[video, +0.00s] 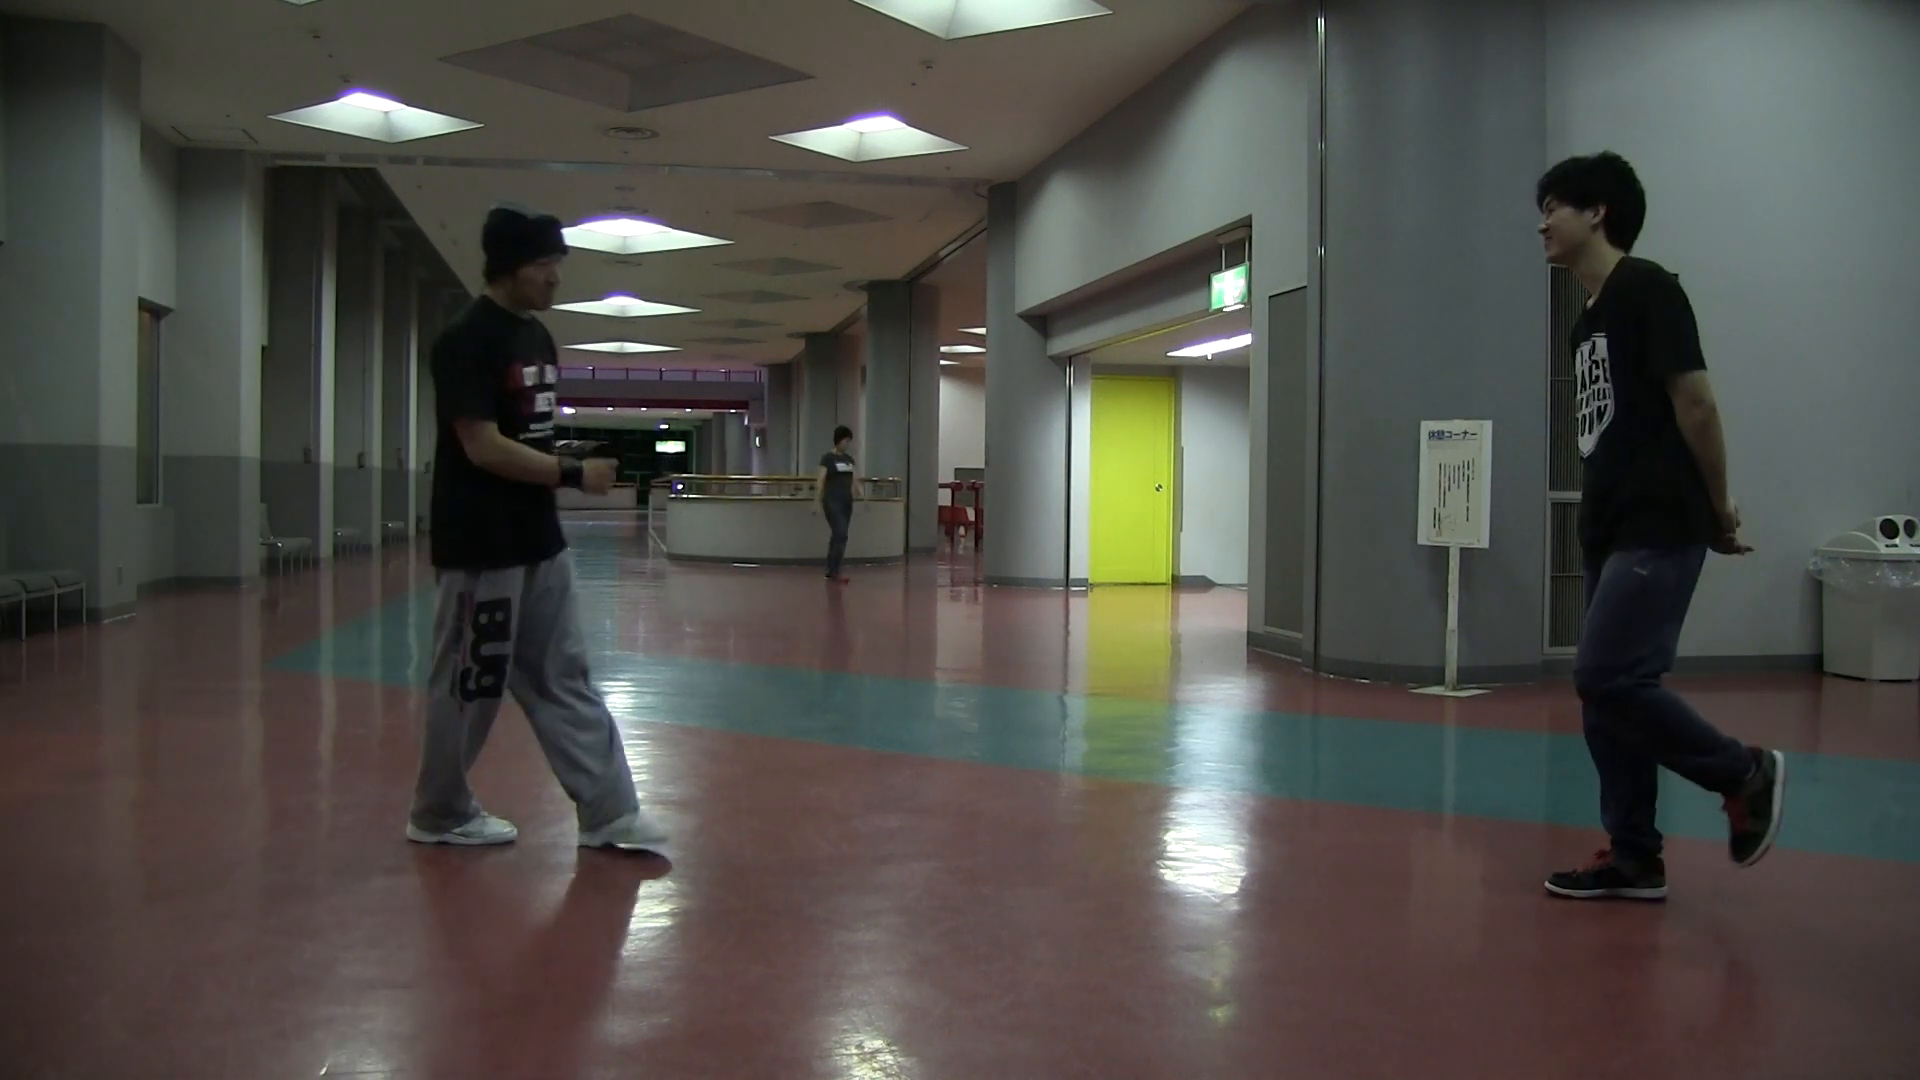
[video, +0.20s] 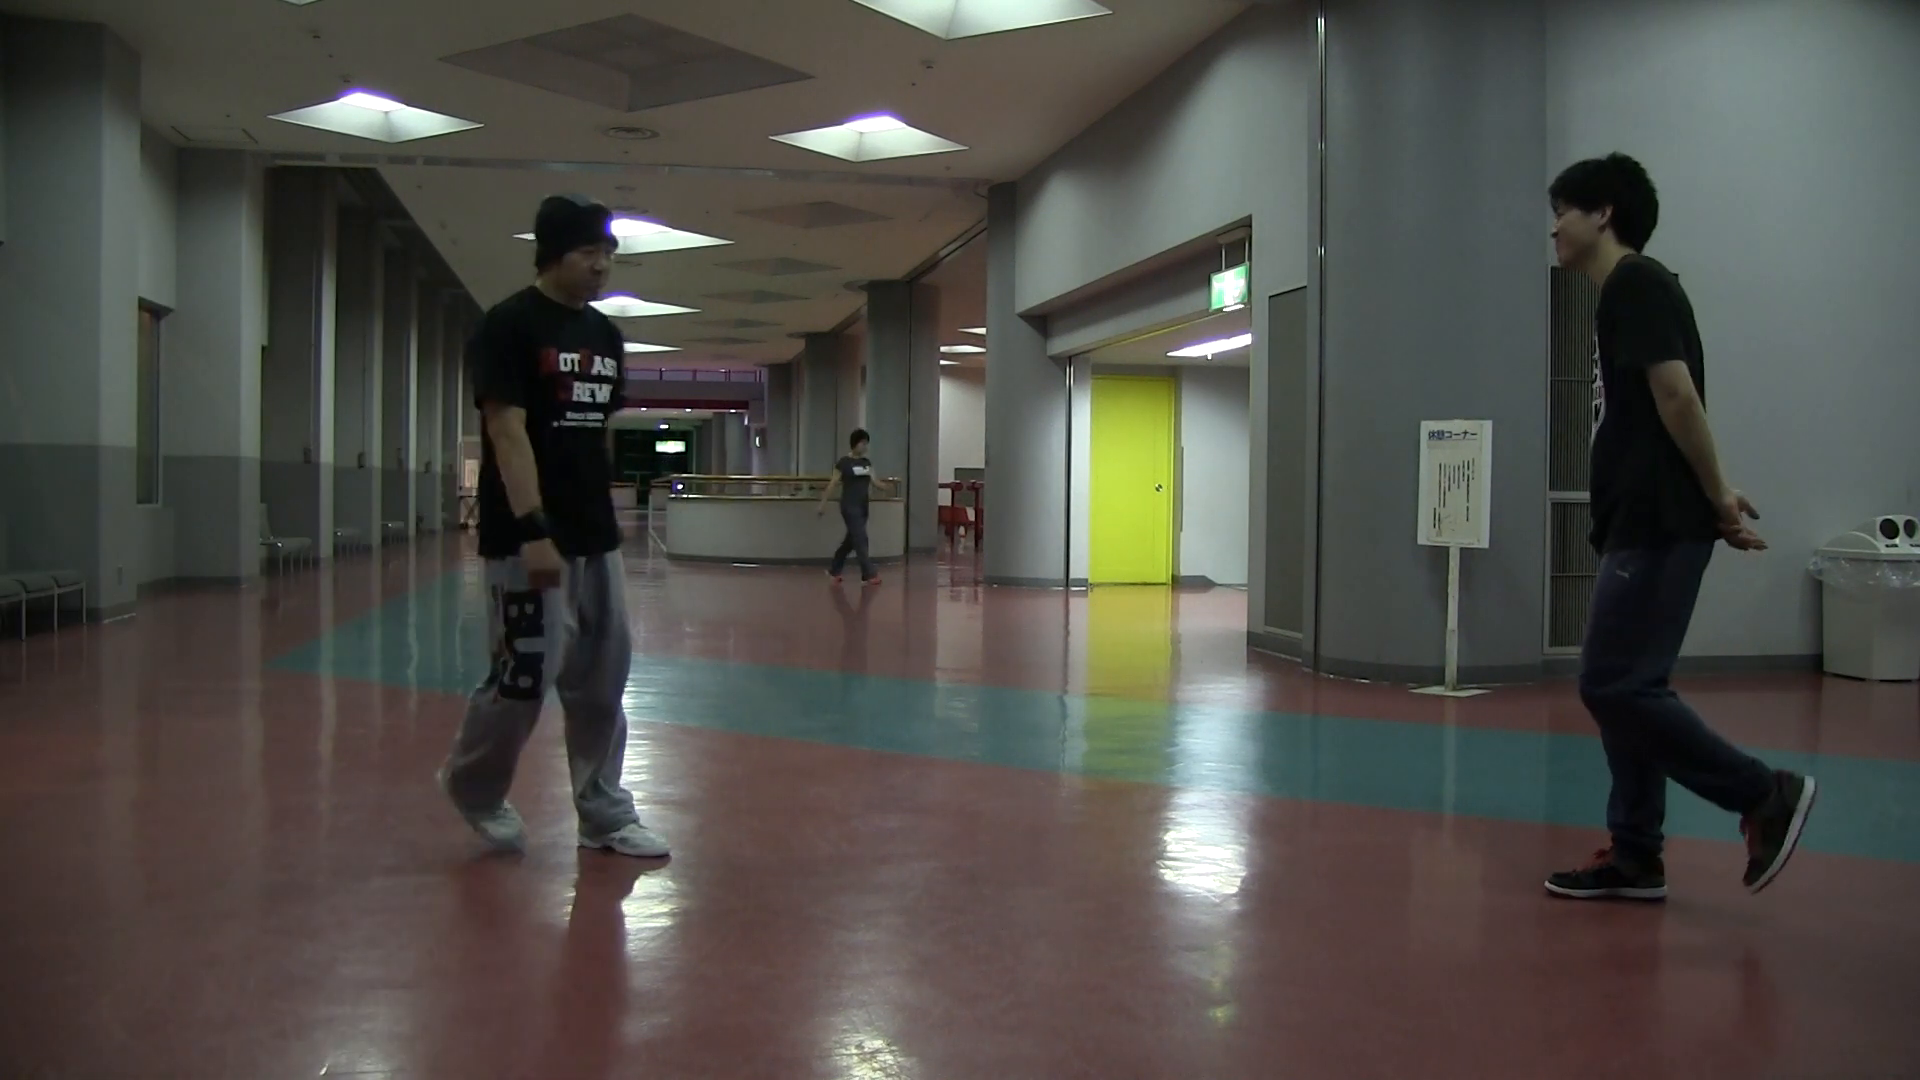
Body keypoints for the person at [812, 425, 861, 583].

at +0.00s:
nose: (847, 444)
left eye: (848, 441)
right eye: (846, 441)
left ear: (847, 442)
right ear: (838, 441)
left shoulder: (849, 460)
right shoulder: (828, 458)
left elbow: (852, 478)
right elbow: (820, 481)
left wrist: (858, 488)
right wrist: (816, 502)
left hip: (846, 501)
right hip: (831, 501)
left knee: (840, 534)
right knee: (839, 534)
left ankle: (833, 570)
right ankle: (832, 570)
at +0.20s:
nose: (866, 447)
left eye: (867, 444)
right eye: (863, 444)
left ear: (865, 445)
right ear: (855, 444)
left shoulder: (866, 462)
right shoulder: (843, 462)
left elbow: (874, 481)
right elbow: (832, 484)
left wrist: (887, 487)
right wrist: (822, 505)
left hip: (862, 505)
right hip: (849, 506)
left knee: (851, 540)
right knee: (860, 538)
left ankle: (835, 569)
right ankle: (868, 573)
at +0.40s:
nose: (884, 443)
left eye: (884, 440)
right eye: (881, 439)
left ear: (881, 441)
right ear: (873, 440)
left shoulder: (881, 459)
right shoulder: (862, 459)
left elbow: (886, 482)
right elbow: (857, 483)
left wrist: (894, 500)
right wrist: (860, 505)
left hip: (881, 504)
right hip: (867, 505)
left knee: (885, 537)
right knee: (869, 539)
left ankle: (867, 561)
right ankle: (869, 572)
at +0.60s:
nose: (902, 445)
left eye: (902, 442)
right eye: (900, 442)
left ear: (897, 443)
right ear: (892, 442)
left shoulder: (899, 460)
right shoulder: (882, 460)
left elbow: (898, 482)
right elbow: (885, 482)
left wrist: (903, 499)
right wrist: (904, 496)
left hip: (899, 505)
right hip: (884, 506)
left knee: (905, 541)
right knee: (878, 541)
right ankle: (870, 574)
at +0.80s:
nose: (924, 445)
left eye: (925, 442)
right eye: (922, 442)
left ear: (919, 443)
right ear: (914, 442)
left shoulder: (920, 461)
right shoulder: (904, 460)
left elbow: (920, 484)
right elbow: (906, 484)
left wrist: (924, 500)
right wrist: (923, 500)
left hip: (922, 505)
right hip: (907, 506)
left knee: (925, 540)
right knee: (907, 541)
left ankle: (924, 576)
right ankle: (883, 567)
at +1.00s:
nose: (944, 443)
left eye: (945, 440)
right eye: (942, 439)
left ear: (938, 440)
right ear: (934, 439)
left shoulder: (939, 459)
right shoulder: (922, 458)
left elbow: (945, 484)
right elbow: (917, 483)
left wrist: (954, 503)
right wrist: (915, 505)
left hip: (938, 503)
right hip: (927, 504)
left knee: (931, 539)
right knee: (938, 537)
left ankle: (924, 575)